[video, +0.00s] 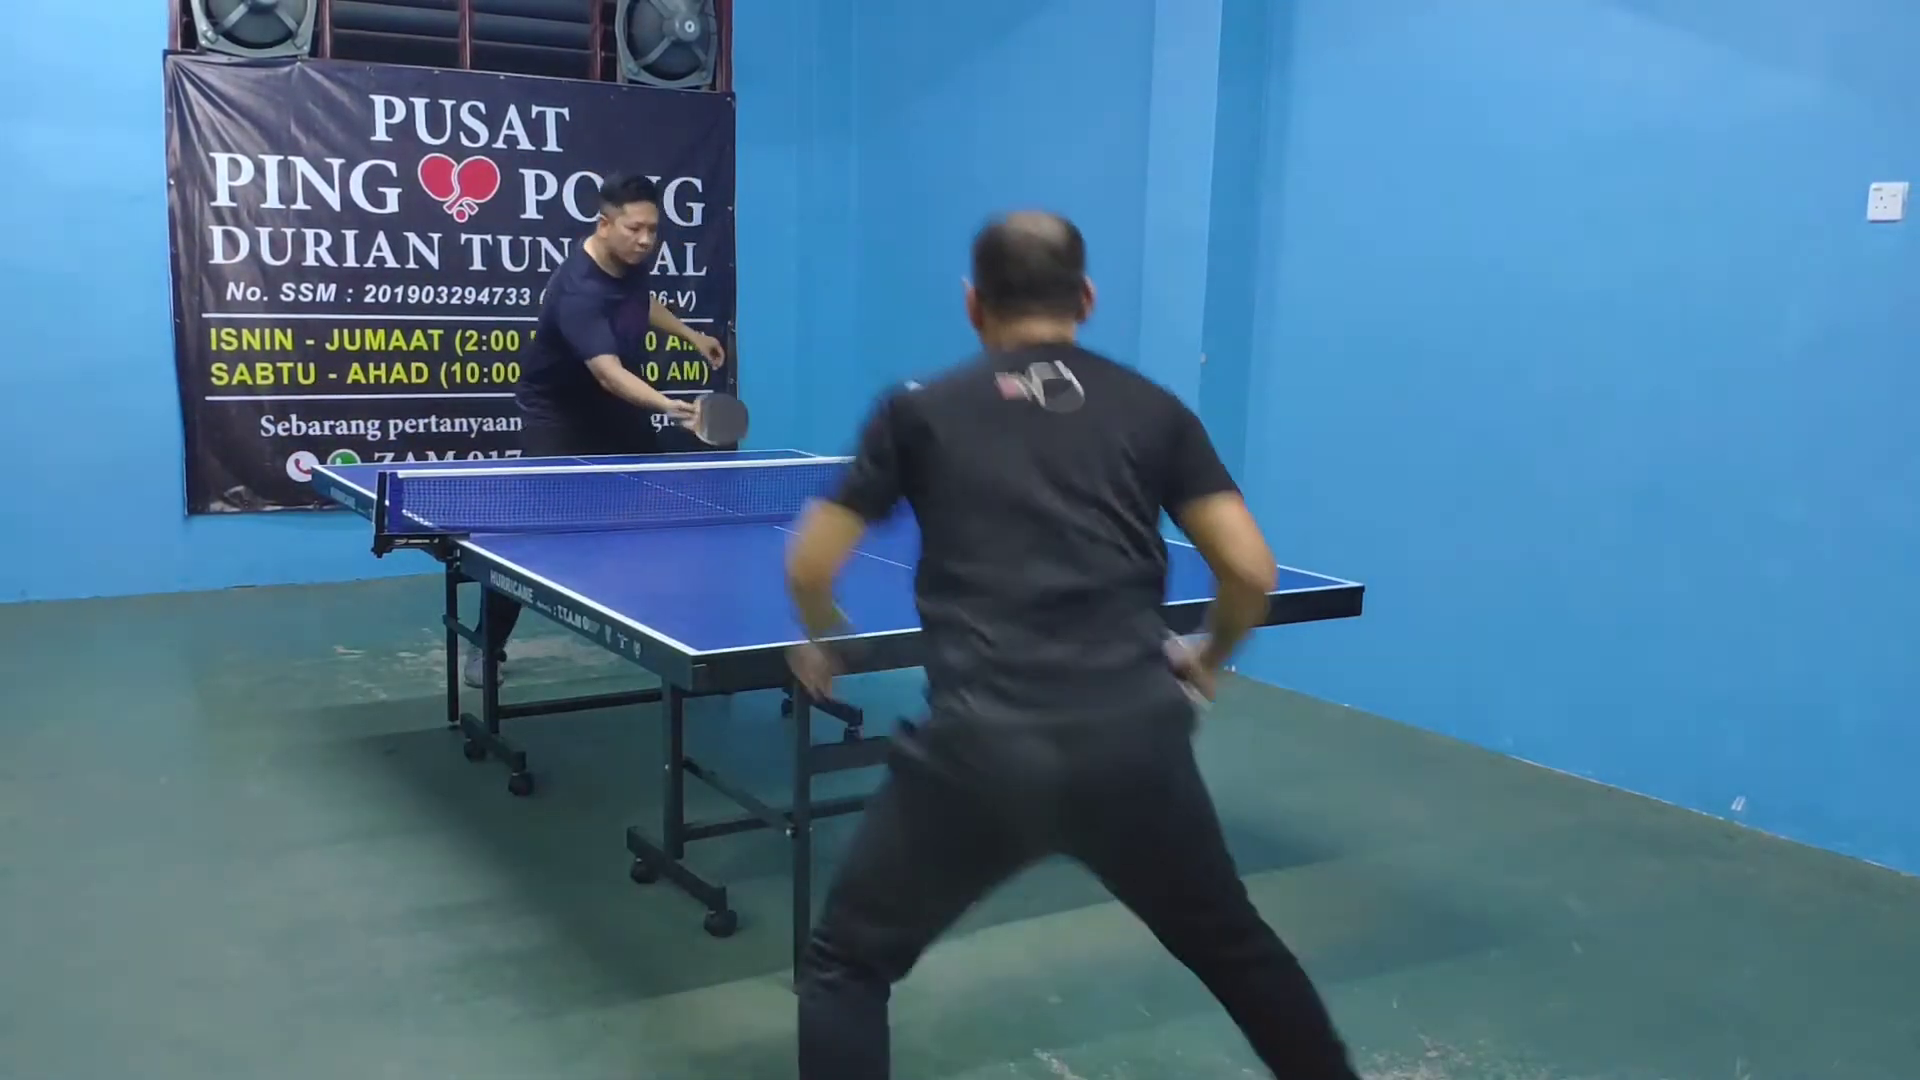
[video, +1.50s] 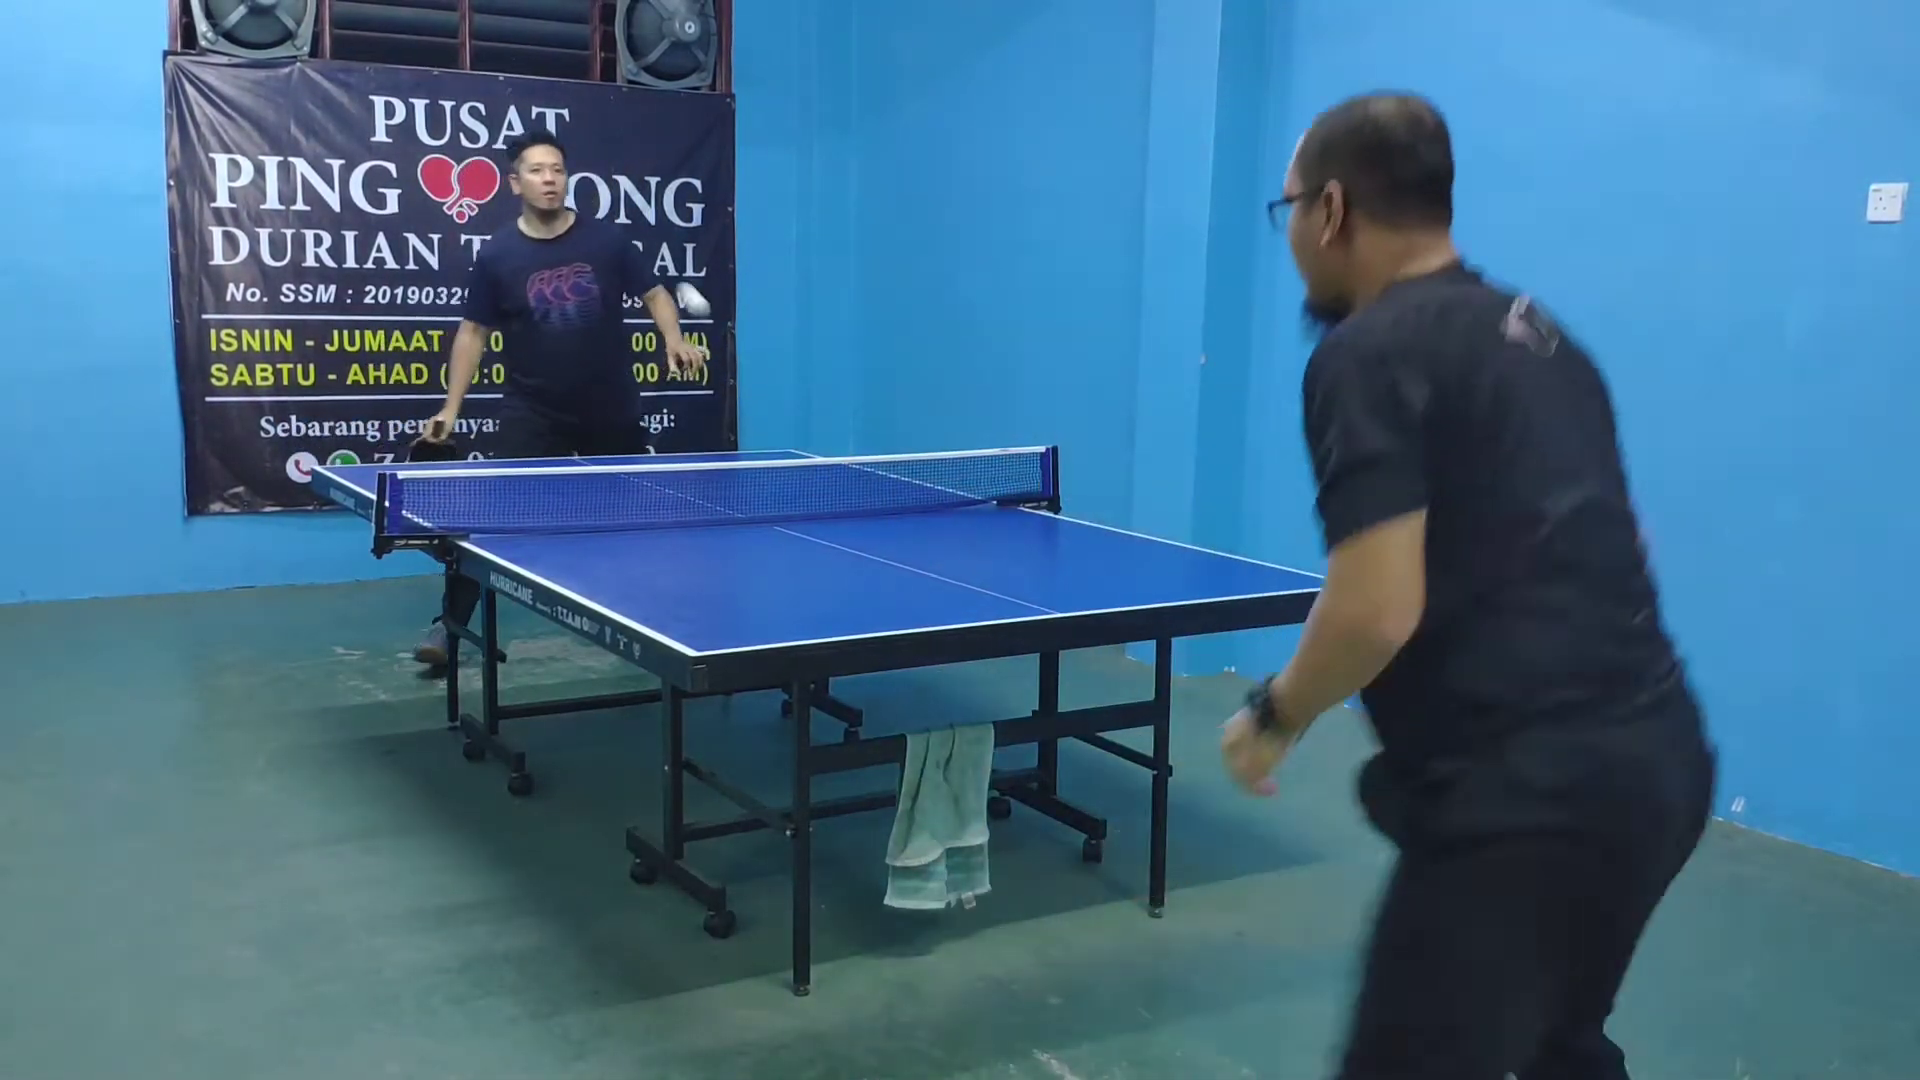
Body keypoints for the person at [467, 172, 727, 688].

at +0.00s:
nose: (645, 241)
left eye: (652, 231)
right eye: (635, 229)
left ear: (658, 229)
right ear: (603, 223)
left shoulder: (630, 262)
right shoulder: (578, 288)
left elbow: (640, 305)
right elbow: (609, 373)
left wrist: (691, 336)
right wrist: (671, 405)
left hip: (617, 410)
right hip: (558, 416)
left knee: (667, 500)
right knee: (537, 524)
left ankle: (684, 632)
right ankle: (490, 644)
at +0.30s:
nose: (637, 210)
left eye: (643, 199)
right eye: (625, 200)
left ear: (649, 203)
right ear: (595, 203)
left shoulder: (659, 258)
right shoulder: (567, 268)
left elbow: (694, 307)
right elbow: (550, 350)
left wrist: (742, 342)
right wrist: (601, 369)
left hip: (646, 419)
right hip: (575, 424)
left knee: (692, 513)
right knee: (536, 524)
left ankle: (702, 633)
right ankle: (488, 634)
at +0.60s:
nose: (621, 207)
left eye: (628, 197)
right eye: (609, 198)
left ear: (636, 201)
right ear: (582, 202)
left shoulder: (656, 259)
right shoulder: (554, 268)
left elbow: (694, 315)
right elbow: (521, 342)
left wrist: (723, 338)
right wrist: (561, 377)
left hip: (652, 427)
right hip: (572, 430)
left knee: (675, 527)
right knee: (526, 528)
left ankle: (690, 646)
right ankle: (488, 636)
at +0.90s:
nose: (555, 210)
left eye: (564, 200)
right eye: (545, 201)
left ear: (584, 204)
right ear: (532, 206)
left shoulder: (622, 255)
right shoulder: (512, 268)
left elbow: (667, 308)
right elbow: (453, 322)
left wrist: (710, 346)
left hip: (623, 417)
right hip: (546, 420)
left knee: (657, 519)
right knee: (494, 511)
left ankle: (681, 638)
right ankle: (455, 626)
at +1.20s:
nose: (492, 200)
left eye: (502, 190)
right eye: (480, 191)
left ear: (520, 199)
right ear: (462, 205)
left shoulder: (563, 248)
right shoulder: (450, 280)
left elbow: (616, 292)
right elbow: (402, 346)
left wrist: (657, 345)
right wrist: (363, 417)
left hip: (590, 418)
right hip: (509, 425)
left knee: (640, 521)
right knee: (467, 520)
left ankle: (675, 639)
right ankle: (437, 635)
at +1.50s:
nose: (549, 179)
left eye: (556, 169)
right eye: (536, 170)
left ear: (568, 178)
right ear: (515, 182)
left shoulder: (606, 239)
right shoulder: (498, 254)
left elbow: (654, 293)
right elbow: (472, 332)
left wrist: (674, 340)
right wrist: (450, 409)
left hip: (610, 408)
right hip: (534, 412)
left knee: (645, 511)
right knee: (491, 509)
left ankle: (674, 633)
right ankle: (448, 631)